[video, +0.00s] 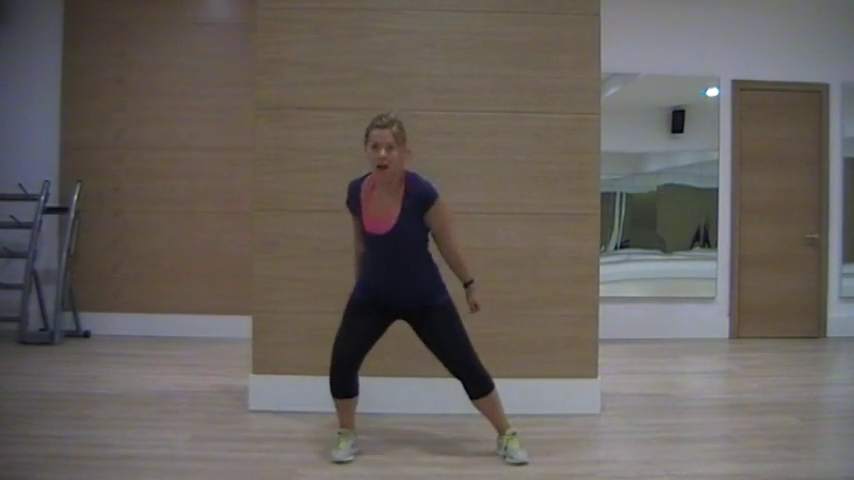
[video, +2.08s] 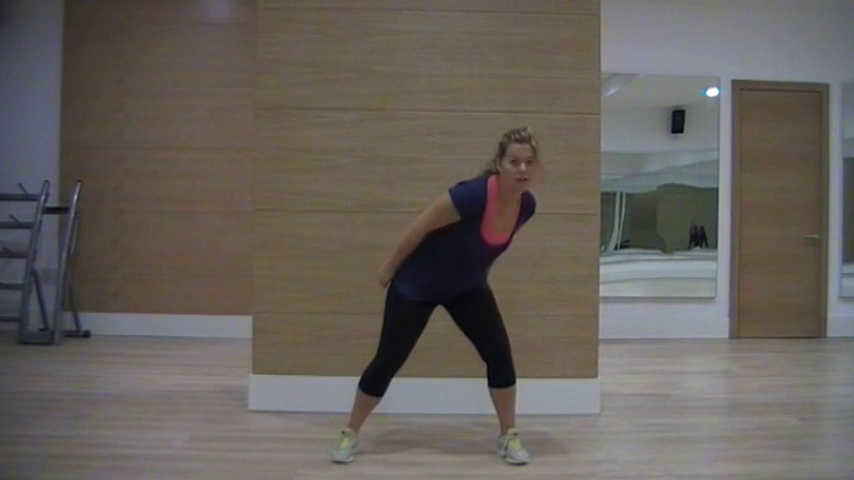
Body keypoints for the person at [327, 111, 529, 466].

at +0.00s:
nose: (382, 155)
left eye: (390, 147)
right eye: (375, 147)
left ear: (405, 152)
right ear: (366, 151)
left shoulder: (421, 192)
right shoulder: (358, 192)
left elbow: (446, 242)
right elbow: (360, 247)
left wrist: (469, 284)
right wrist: (361, 289)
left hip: (423, 295)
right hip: (374, 295)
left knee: (466, 365)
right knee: (342, 362)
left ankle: (506, 435)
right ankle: (346, 434)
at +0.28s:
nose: (375, 196)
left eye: (383, 189)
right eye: (369, 188)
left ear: (396, 192)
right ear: (358, 190)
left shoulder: (413, 227)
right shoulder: (350, 225)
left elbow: (441, 266)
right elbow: (353, 267)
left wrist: (463, 297)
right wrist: (355, 306)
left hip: (423, 305)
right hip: (375, 307)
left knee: (470, 365)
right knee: (342, 363)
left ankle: (507, 436)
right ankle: (346, 435)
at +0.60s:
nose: (401, 244)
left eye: (408, 237)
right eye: (393, 237)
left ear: (420, 238)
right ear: (380, 238)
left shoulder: (437, 264)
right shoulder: (365, 260)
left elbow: (460, 293)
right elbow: (353, 289)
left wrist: (465, 313)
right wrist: (350, 325)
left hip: (434, 316)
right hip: (383, 315)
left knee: (478, 367)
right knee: (351, 365)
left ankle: (507, 436)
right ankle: (346, 434)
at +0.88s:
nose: (440, 269)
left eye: (447, 261)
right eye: (431, 261)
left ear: (457, 260)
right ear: (417, 260)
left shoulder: (470, 281)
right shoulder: (395, 274)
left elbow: (474, 306)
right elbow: (365, 293)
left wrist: (474, 323)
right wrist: (356, 322)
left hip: (445, 320)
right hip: (393, 316)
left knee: (485, 365)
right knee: (362, 367)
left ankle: (508, 436)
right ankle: (347, 434)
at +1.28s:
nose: (488, 266)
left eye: (495, 257)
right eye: (480, 257)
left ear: (503, 253)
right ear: (464, 253)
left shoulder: (507, 268)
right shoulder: (436, 261)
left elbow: (487, 282)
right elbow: (392, 268)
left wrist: (482, 301)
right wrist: (367, 295)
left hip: (452, 309)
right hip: (402, 301)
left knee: (492, 361)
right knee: (377, 365)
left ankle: (509, 435)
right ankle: (349, 434)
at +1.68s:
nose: (513, 221)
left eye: (520, 214)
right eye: (505, 213)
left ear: (528, 213)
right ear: (488, 210)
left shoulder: (522, 234)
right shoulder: (457, 228)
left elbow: (482, 257)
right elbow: (409, 246)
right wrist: (380, 277)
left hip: (459, 290)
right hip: (409, 287)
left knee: (492, 357)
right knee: (384, 362)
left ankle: (508, 436)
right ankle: (350, 434)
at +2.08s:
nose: (523, 169)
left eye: (529, 162)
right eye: (515, 162)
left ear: (535, 166)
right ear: (499, 164)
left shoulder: (526, 205)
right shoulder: (472, 195)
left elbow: (489, 244)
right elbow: (422, 226)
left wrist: (474, 278)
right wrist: (389, 268)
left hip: (466, 284)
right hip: (418, 281)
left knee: (499, 353)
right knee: (388, 359)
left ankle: (509, 436)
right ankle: (350, 433)